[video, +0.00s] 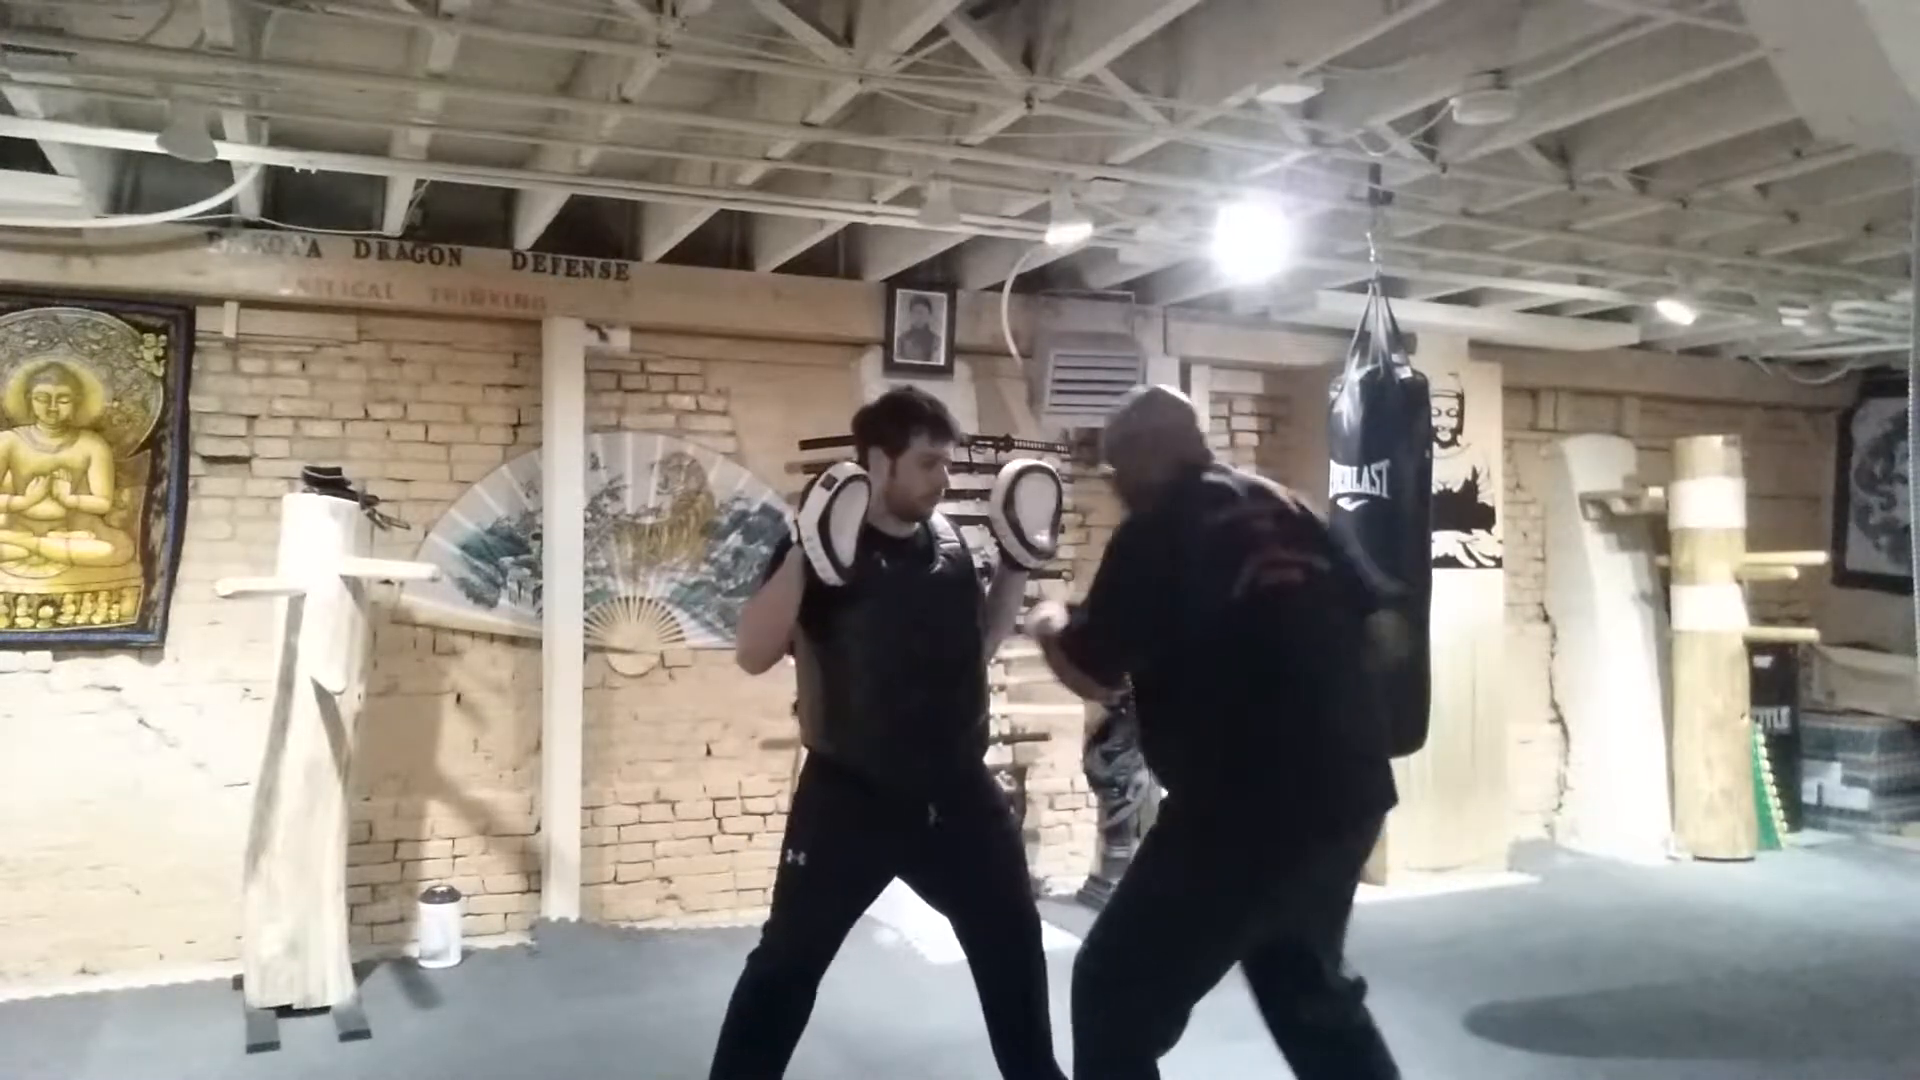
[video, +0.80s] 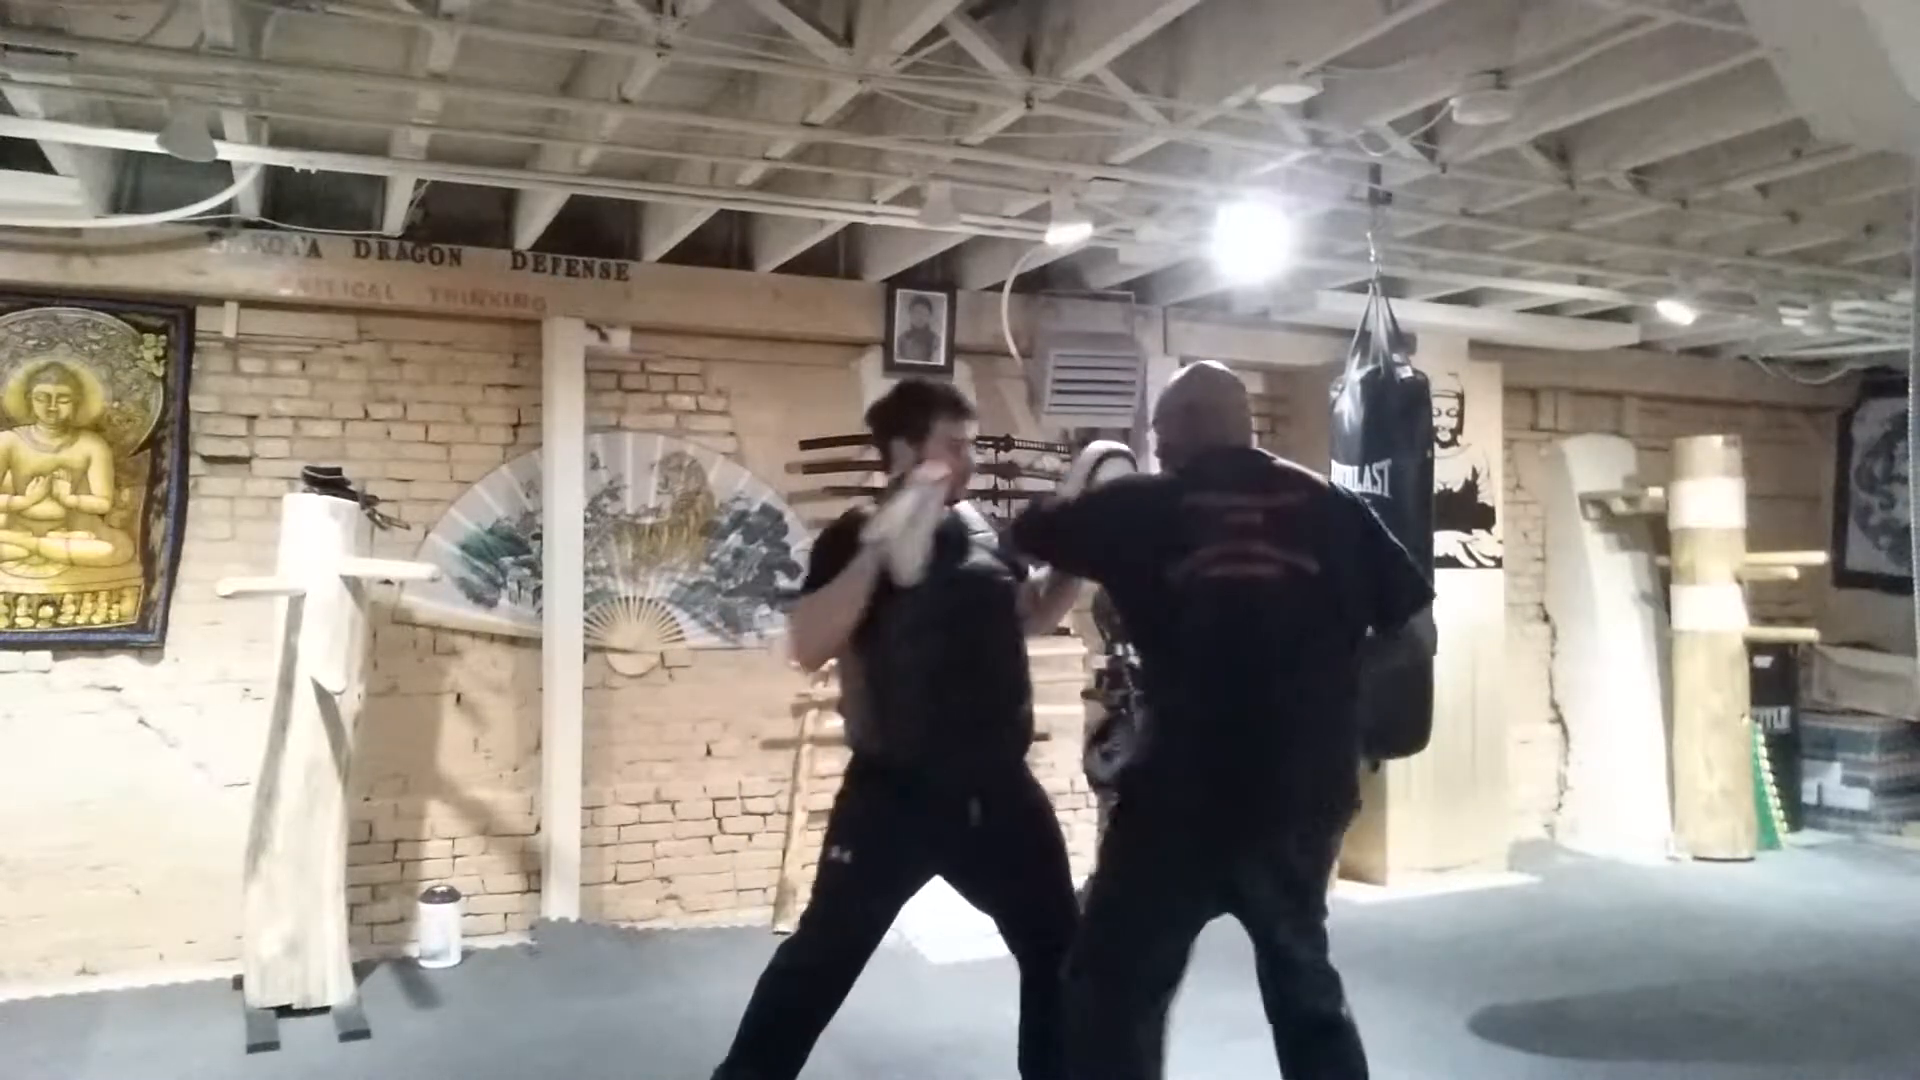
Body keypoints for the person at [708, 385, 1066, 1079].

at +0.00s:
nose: (944, 480)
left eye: (948, 464)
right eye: (931, 463)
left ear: (945, 463)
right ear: (877, 462)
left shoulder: (952, 539)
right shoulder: (815, 545)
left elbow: (977, 645)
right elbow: (753, 652)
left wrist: (1016, 562)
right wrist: (808, 551)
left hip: (954, 794)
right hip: (848, 797)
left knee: (1013, 946)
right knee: (786, 966)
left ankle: (1035, 1077)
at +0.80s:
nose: (970, 460)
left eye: (970, 445)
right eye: (955, 445)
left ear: (956, 455)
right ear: (904, 451)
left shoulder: (982, 532)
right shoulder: (855, 538)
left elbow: (1035, 615)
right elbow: (807, 647)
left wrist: (1078, 535)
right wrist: (879, 548)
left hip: (997, 790)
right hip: (890, 797)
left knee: (1058, 955)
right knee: (818, 965)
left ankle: (1051, 1075)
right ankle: (744, 1077)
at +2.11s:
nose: (910, 476)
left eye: (912, 460)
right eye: (901, 458)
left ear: (863, 455)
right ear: (847, 453)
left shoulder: (893, 545)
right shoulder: (774, 532)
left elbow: (951, 620)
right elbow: (774, 650)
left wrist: (987, 594)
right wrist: (893, 592)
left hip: (888, 804)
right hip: (787, 806)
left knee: (951, 976)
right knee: (735, 990)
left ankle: (997, 1079)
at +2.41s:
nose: (897, 433)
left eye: (896, 418)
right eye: (881, 418)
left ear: (852, 430)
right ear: (828, 425)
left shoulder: (881, 515)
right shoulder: (768, 510)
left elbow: (897, 623)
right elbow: (751, 630)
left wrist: (952, 576)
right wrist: (875, 580)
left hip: (884, 778)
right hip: (788, 779)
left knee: (905, 965)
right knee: (733, 966)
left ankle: (908, 1075)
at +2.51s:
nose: (900, 429)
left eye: (898, 414)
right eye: (883, 414)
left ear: (849, 426)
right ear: (829, 422)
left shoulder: (887, 516)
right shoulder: (772, 511)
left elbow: (919, 609)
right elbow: (752, 630)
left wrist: (973, 574)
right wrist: (876, 583)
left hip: (893, 778)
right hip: (794, 779)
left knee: (915, 968)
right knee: (740, 968)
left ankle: (913, 1078)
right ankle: (691, 1078)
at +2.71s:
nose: (894, 430)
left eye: (894, 417)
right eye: (877, 416)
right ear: (822, 427)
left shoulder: (893, 524)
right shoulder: (770, 514)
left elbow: (914, 627)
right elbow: (740, 627)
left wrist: (970, 608)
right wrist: (861, 587)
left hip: (896, 783)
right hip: (792, 784)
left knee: (919, 979)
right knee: (740, 975)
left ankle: (916, 1079)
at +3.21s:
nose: (1013, 482)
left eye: (1013, 468)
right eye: (996, 466)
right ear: (944, 470)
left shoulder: (1001, 567)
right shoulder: (882, 556)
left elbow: (1015, 659)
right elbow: (839, 674)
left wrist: (1054, 627)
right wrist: (963, 656)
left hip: (999, 813)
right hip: (894, 815)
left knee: (1077, 945)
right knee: (801, 976)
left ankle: (1089, 1076)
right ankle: (728, 1078)